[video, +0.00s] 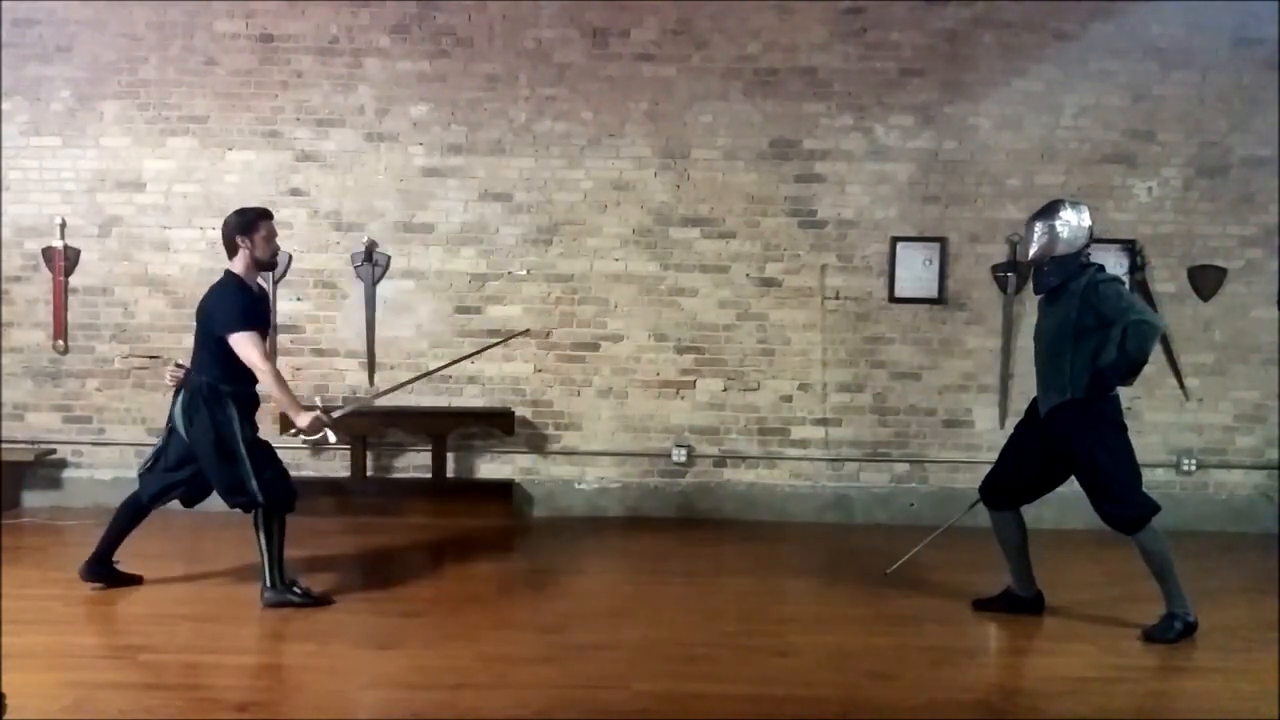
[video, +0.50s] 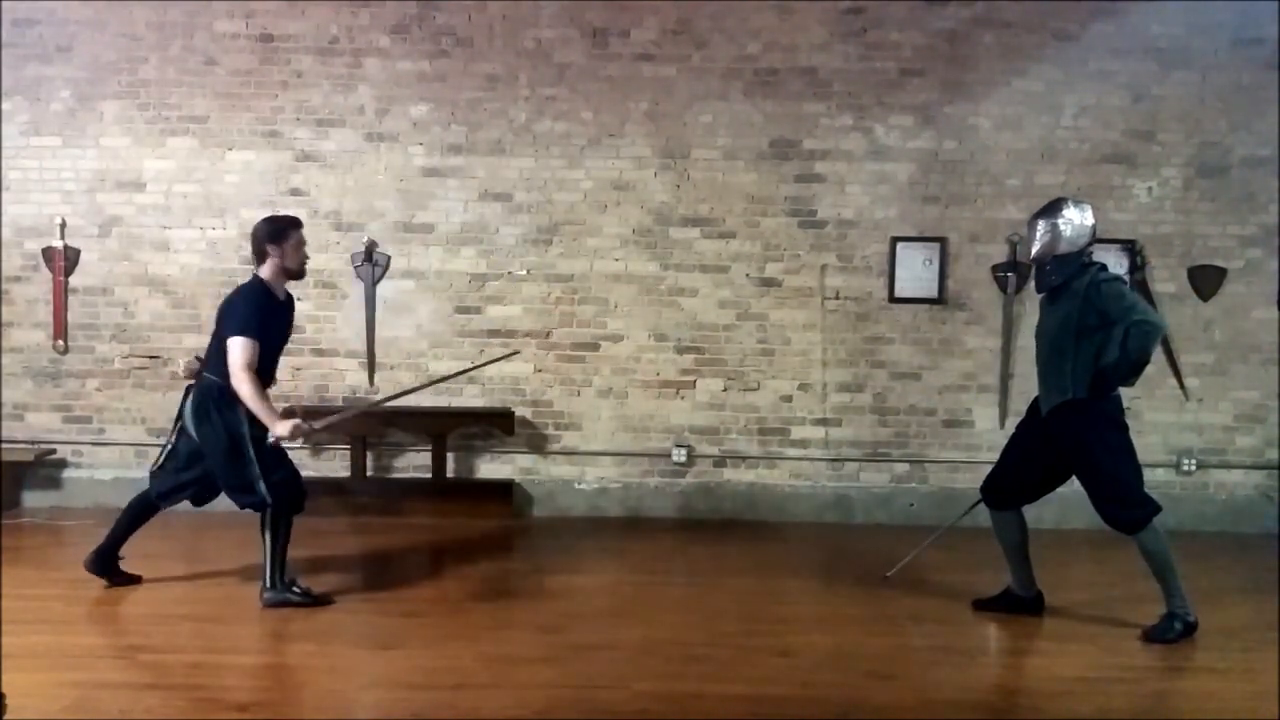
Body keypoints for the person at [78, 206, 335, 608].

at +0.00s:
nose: (276, 244)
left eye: (275, 237)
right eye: (270, 237)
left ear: (246, 244)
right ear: (244, 243)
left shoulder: (253, 293)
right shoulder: (229, 298)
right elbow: (260, 364)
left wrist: (194, 375)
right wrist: (297, 412)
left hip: (207, 407)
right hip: (214, 411)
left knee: (155, 486)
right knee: (271, 485)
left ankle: (99, 562)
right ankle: (276, 584)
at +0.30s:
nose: (277, 246)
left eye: (275, 239)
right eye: (270, 240)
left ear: (251, 247)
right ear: (243, 247)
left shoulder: (267, 300)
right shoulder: (220, 299)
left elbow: (257, 362)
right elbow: (225, 365)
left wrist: (200, 373)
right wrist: (251, 416)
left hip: (224, 406)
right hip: (208, 406)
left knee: (158, 487)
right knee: (272, 485)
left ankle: (97, 560)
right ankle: (276, 584)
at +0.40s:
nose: (289, 250)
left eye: (287, 242)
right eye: (282, 243)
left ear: (260, 249)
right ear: (255, 249)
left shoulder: (274, 303)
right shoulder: (229, 298)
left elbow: (257, 364)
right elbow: (225, 369)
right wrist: (256, 420)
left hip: (223, 407)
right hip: (209, 407)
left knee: (160, 488)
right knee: (276, 484)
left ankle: (99, 558)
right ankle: (276, 584)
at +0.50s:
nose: (306, 252)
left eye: (305, 244)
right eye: (299, 245)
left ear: (276, 252)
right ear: (273, 251)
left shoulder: (281, 300)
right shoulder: (249, 301)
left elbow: (243, 340)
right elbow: (241, 372)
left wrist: (206, 364)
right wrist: (273, 421)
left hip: (224, 405)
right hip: (219, 407)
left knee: (170, 485)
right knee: (283, 486)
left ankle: (104, 555)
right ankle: (276, 584)